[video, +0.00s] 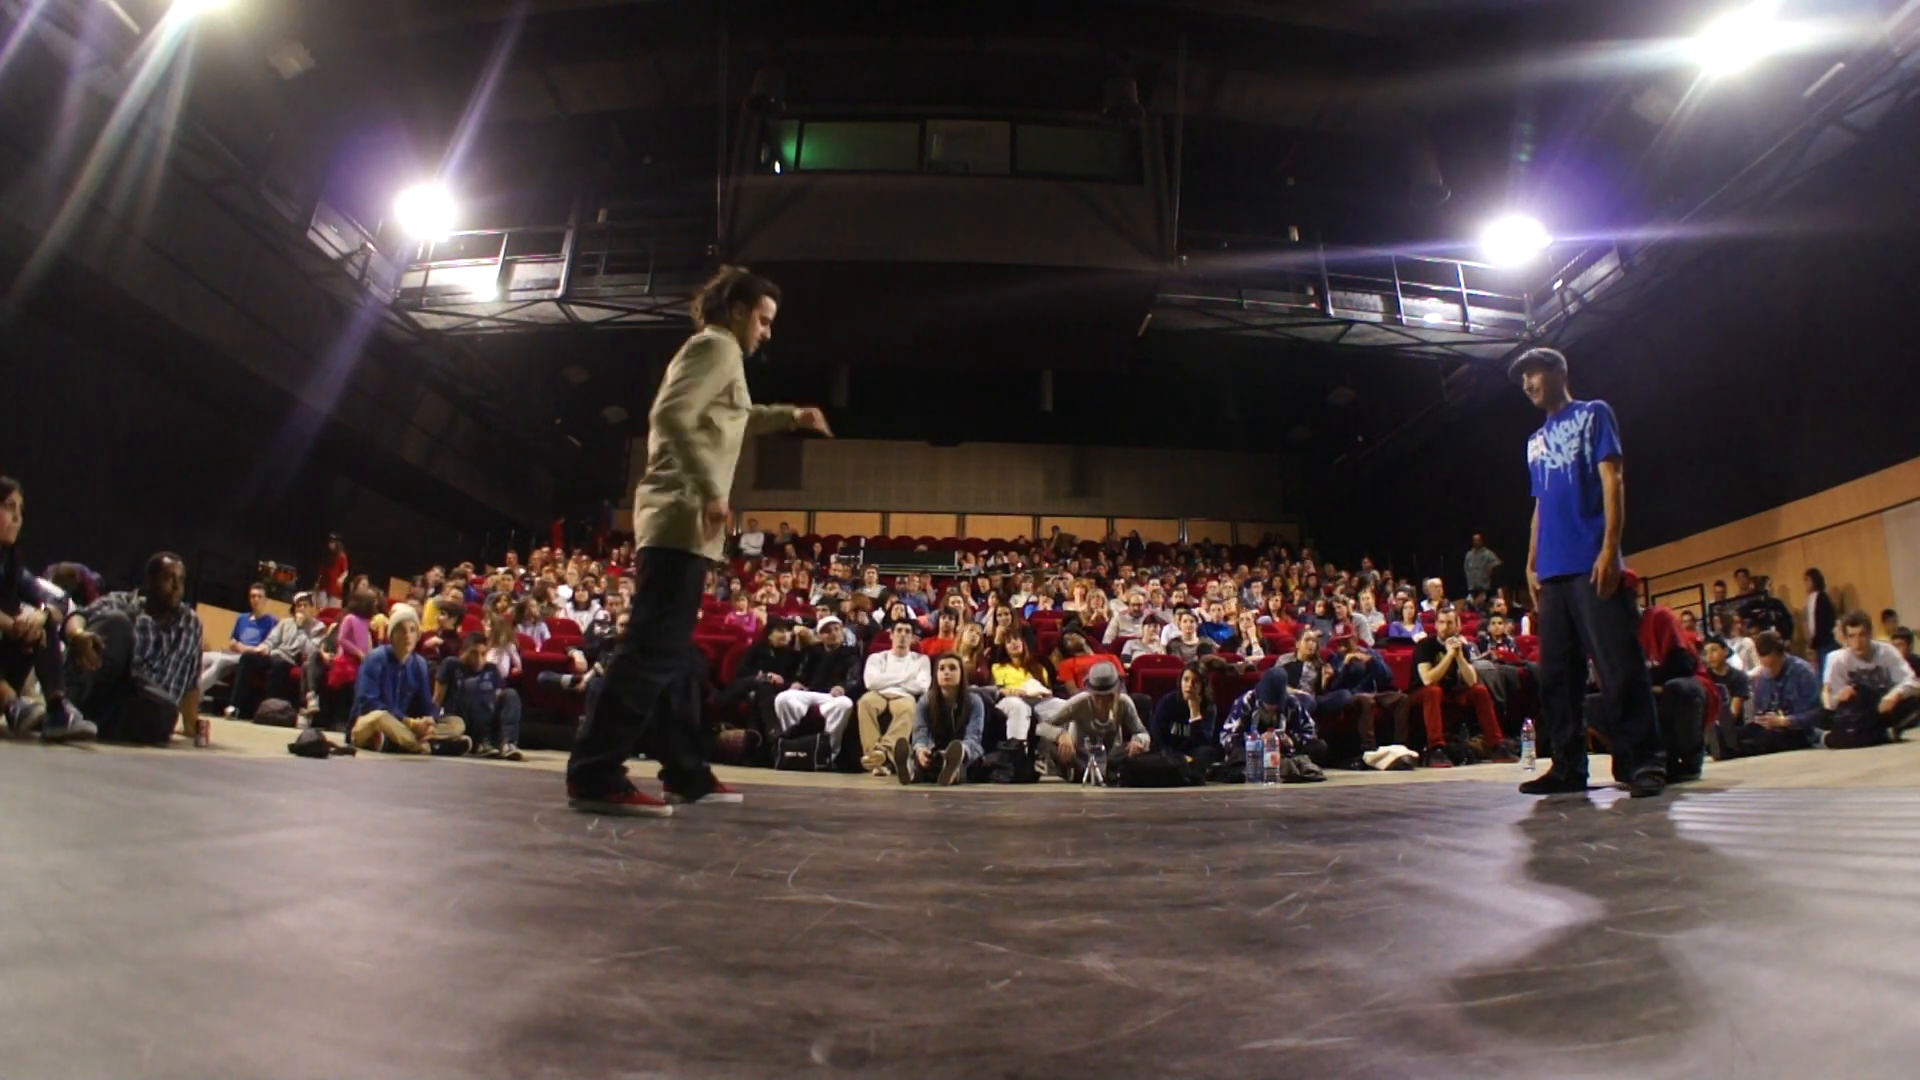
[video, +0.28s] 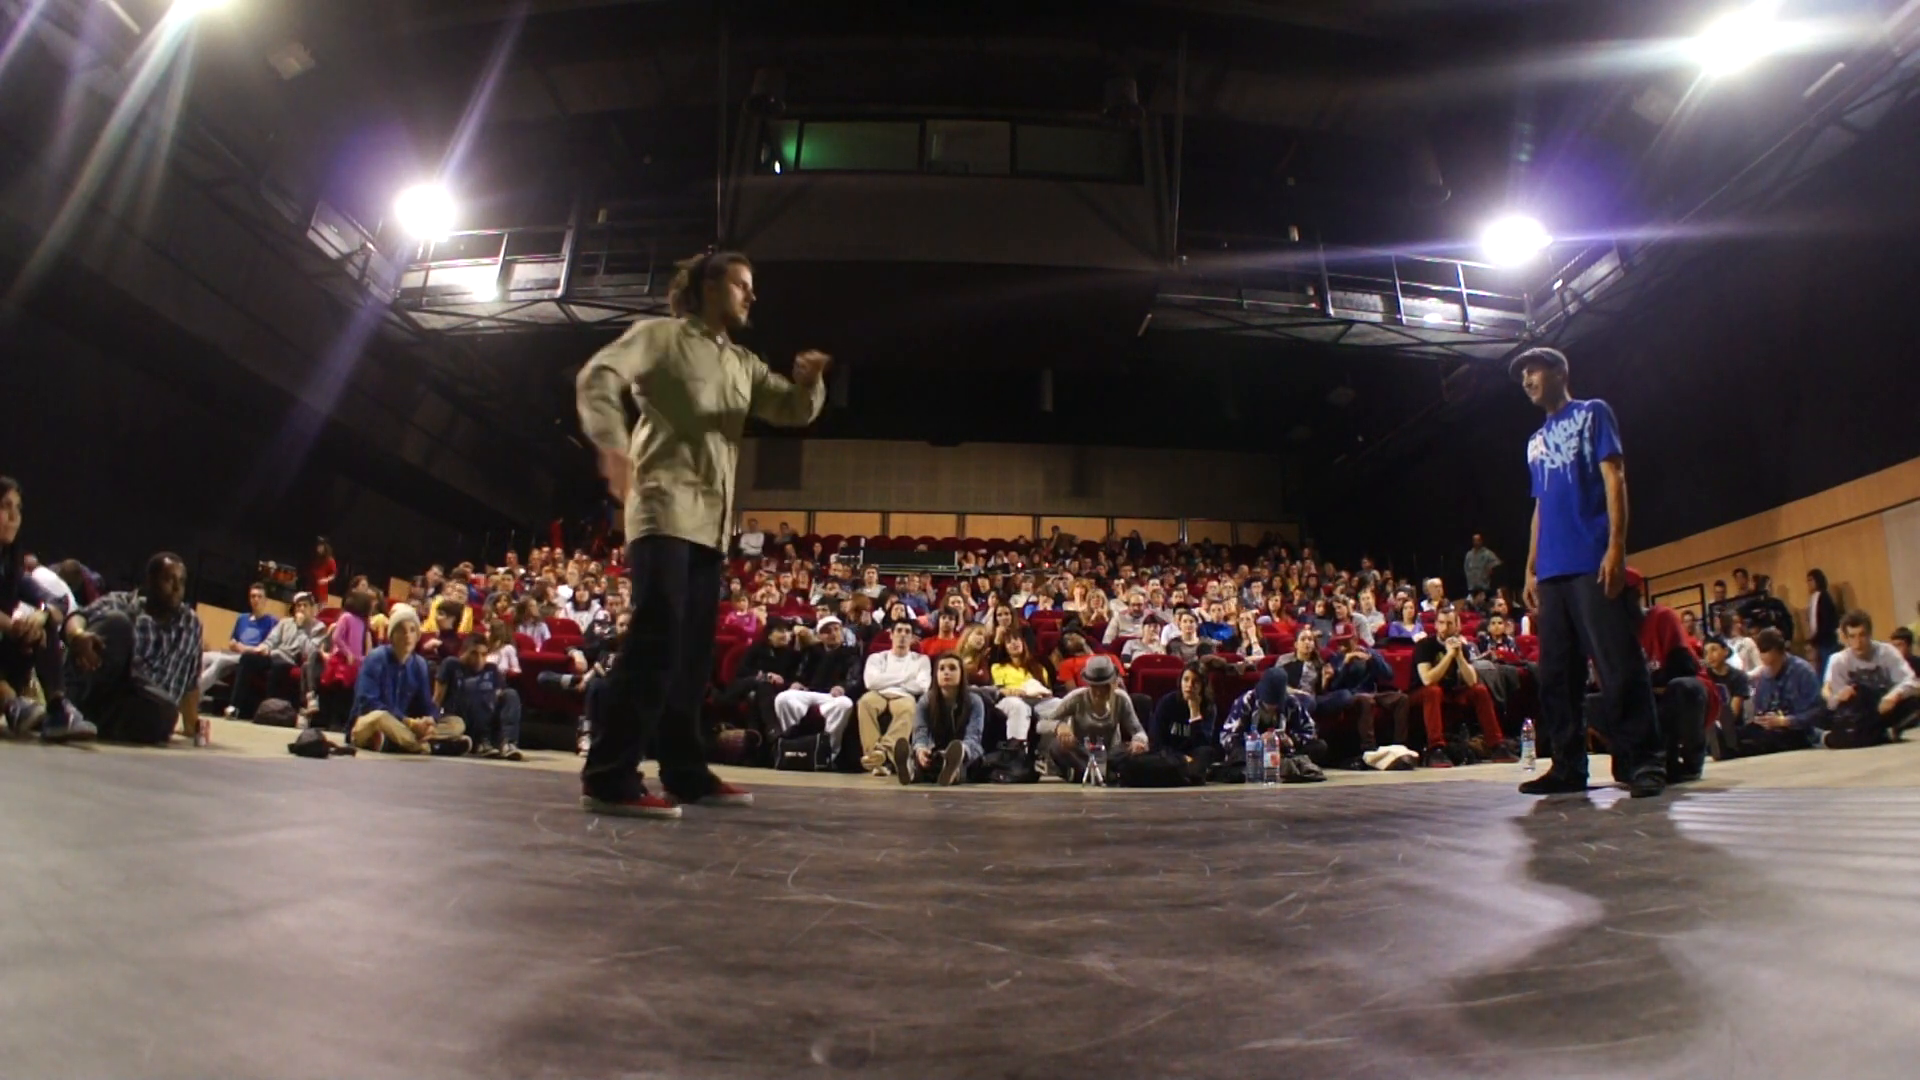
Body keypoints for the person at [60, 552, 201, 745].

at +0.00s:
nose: (176, 587)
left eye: (181, 580)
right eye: (169, 579)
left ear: (184, 585)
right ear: (151, 580)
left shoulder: (191, 623)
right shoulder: (122, 602)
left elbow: (190, 685)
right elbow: (78, 616)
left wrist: (191, 731)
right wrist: (76, 634)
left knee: (160, 719)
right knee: (116, 624)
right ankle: (64, 710)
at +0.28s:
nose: (177, 588)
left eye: (182, 582)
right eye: (169, 580)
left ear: (185, 586)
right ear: (152, 581)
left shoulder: (191, 624)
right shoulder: (122, 602)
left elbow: (190, 684)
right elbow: (77, 617)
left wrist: (191, 730)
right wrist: (77, 635)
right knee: (116, 624)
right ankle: (67, 710)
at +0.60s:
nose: (176, 588)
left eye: (181, 581)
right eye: (169, 580)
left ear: (184, 586)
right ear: (151, 580)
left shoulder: (191, 623)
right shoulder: (122, 602)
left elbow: (190, 684)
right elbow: (79, 616)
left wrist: (191, 730)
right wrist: (76, 634)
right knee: (117, 624)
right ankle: (71, 710)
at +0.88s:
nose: (178, 589)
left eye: (183, 583)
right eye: (170, 581)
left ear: (187, 586)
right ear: (152, 582)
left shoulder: (191, 624)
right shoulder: (123, 602)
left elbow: (190, 684)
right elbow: (78, 617)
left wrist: (191, 730)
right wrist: (76, 635)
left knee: (159, 720)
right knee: (117, 625)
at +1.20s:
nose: (178, 589)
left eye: (182, 582)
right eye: (170, 581)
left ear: (186, 585)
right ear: (151, 581)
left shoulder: (191, 624)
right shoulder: (123, 603)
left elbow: (190, 685)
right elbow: (76, 617)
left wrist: (191, 731)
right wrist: (77, 635)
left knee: (159, 719)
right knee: (116, 624)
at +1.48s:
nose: (178, 589)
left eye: (182, 582)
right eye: (170, 580)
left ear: (186, 585)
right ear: (151, 581)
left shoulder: (191, 623)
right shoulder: (122, 603)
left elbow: (190, 685)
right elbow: (77, 619)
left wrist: (191, 731)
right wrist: (78, 635)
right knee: (116, 625)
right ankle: (68, 710)